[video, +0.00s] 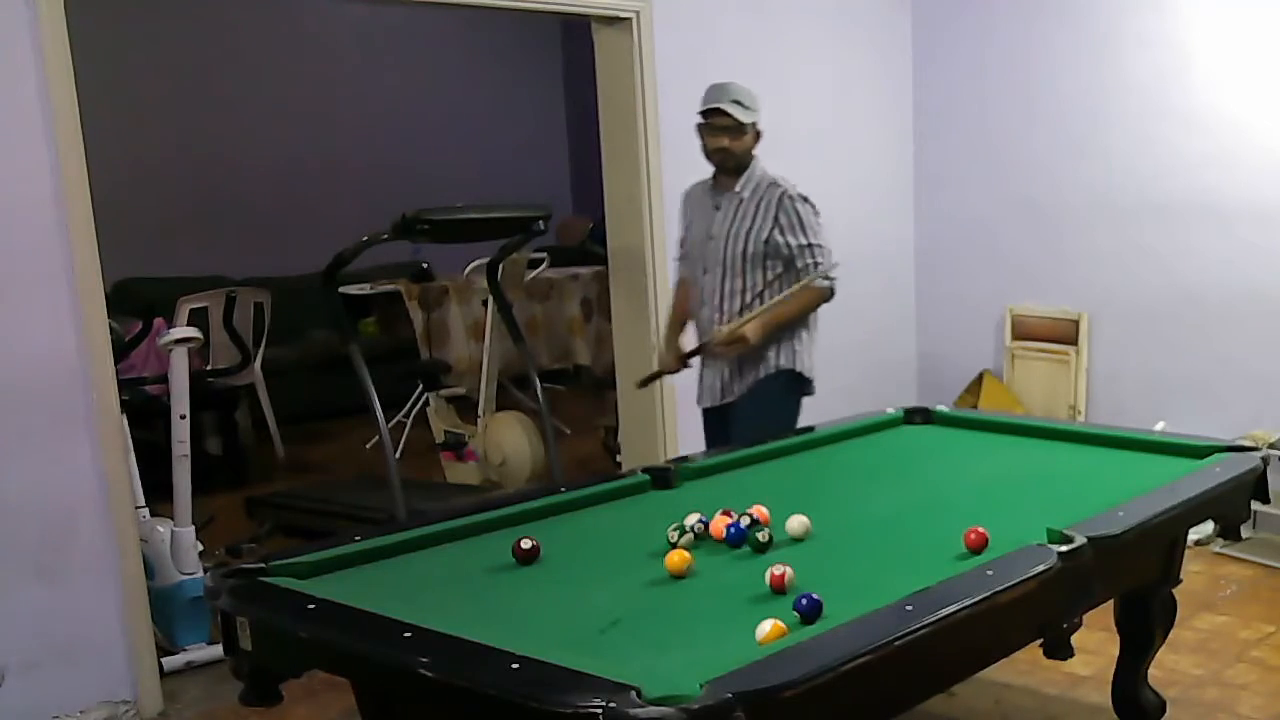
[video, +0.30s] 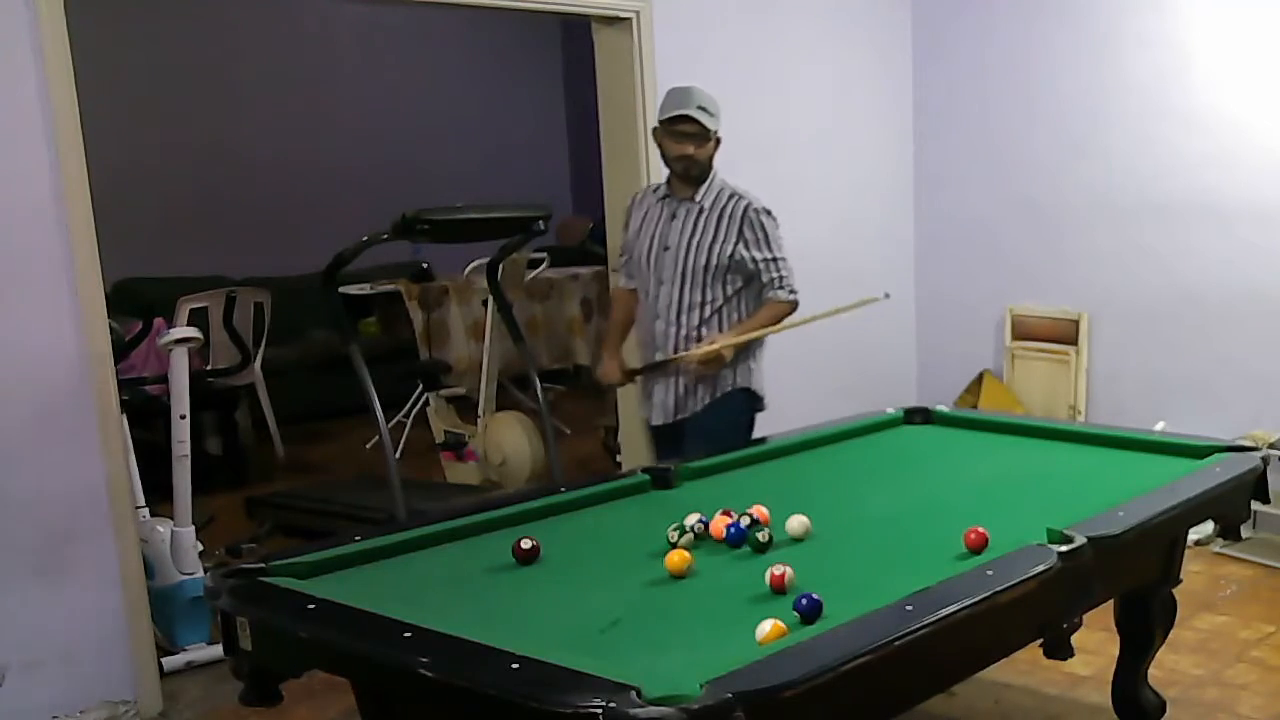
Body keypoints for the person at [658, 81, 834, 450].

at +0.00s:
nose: (721, 143)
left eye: (734, 133)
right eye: (712, 132)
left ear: (755, 136)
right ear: (700, 136)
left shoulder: (784, 201)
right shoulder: (696, 199)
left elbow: (820, 284)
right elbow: (690, 275)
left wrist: (759, 328)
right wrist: (672, 337)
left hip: (770, 374)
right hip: (716, 378)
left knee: (758, 492)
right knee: (725, 493)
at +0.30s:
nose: (689, 150)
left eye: (699, 139)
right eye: (678, 138)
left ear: (716, 143)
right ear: (658, 139)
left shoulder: (745, 214)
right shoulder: (643, 208)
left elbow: (784, 297)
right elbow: (628, 284)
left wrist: (731, 340)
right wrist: (611, 348)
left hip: (722, 394)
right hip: (661, 396)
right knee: (676, 514)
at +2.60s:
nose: (527, 221)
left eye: (533, 208)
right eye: (514, 205)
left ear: (539, 202)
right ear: (467, 191)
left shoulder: (544, 269)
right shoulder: (393, 211)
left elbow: (597, 361)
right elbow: (312, 225)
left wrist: (655, 445)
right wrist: (304, 331)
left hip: (499, 443)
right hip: (403, 439)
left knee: (518, 583)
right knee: (414, 590)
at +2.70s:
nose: (533, 225)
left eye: (539, 211)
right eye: (520, 210)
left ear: (543, 204)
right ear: (472, 194)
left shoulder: (546, 272)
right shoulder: (398, 210)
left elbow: (601, 363)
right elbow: (314, 219)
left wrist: (659, 444)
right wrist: (307, 324)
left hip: (499, 437)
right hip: (402, 431)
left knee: (517, 572)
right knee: (416, 583)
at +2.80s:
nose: (536, 227)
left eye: (541, 214)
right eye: (524, 212)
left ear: (545, 206)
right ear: (476, 197)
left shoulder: (550, 275)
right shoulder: (402, 210)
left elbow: (606, 367)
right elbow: (318, 214)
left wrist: (665, 448)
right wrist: (312, 321)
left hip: (499, 438)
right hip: (402, 431)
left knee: (519, 572)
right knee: (414, 583)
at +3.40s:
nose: (552, 234)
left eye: (558, 220)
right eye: (540, 218)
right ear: (493, 198)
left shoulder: (563, 271)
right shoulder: (413, 211)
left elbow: (613, 366)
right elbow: (338, 288)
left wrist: (664, 450)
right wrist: (413, 334)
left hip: (514, 450)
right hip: (417, 448)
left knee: (528, 592)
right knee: (417, 600)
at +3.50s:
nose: (555, 231)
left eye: (563, 217)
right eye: (544, 214)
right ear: (497, 193)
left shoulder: (564, 265)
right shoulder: (417, 208)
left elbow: (618, 360)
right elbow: (334, 282)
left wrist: (656, 442)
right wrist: (398, 325)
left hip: (514, 454)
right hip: (416, 447)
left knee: (528, 592)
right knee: (414, 597)